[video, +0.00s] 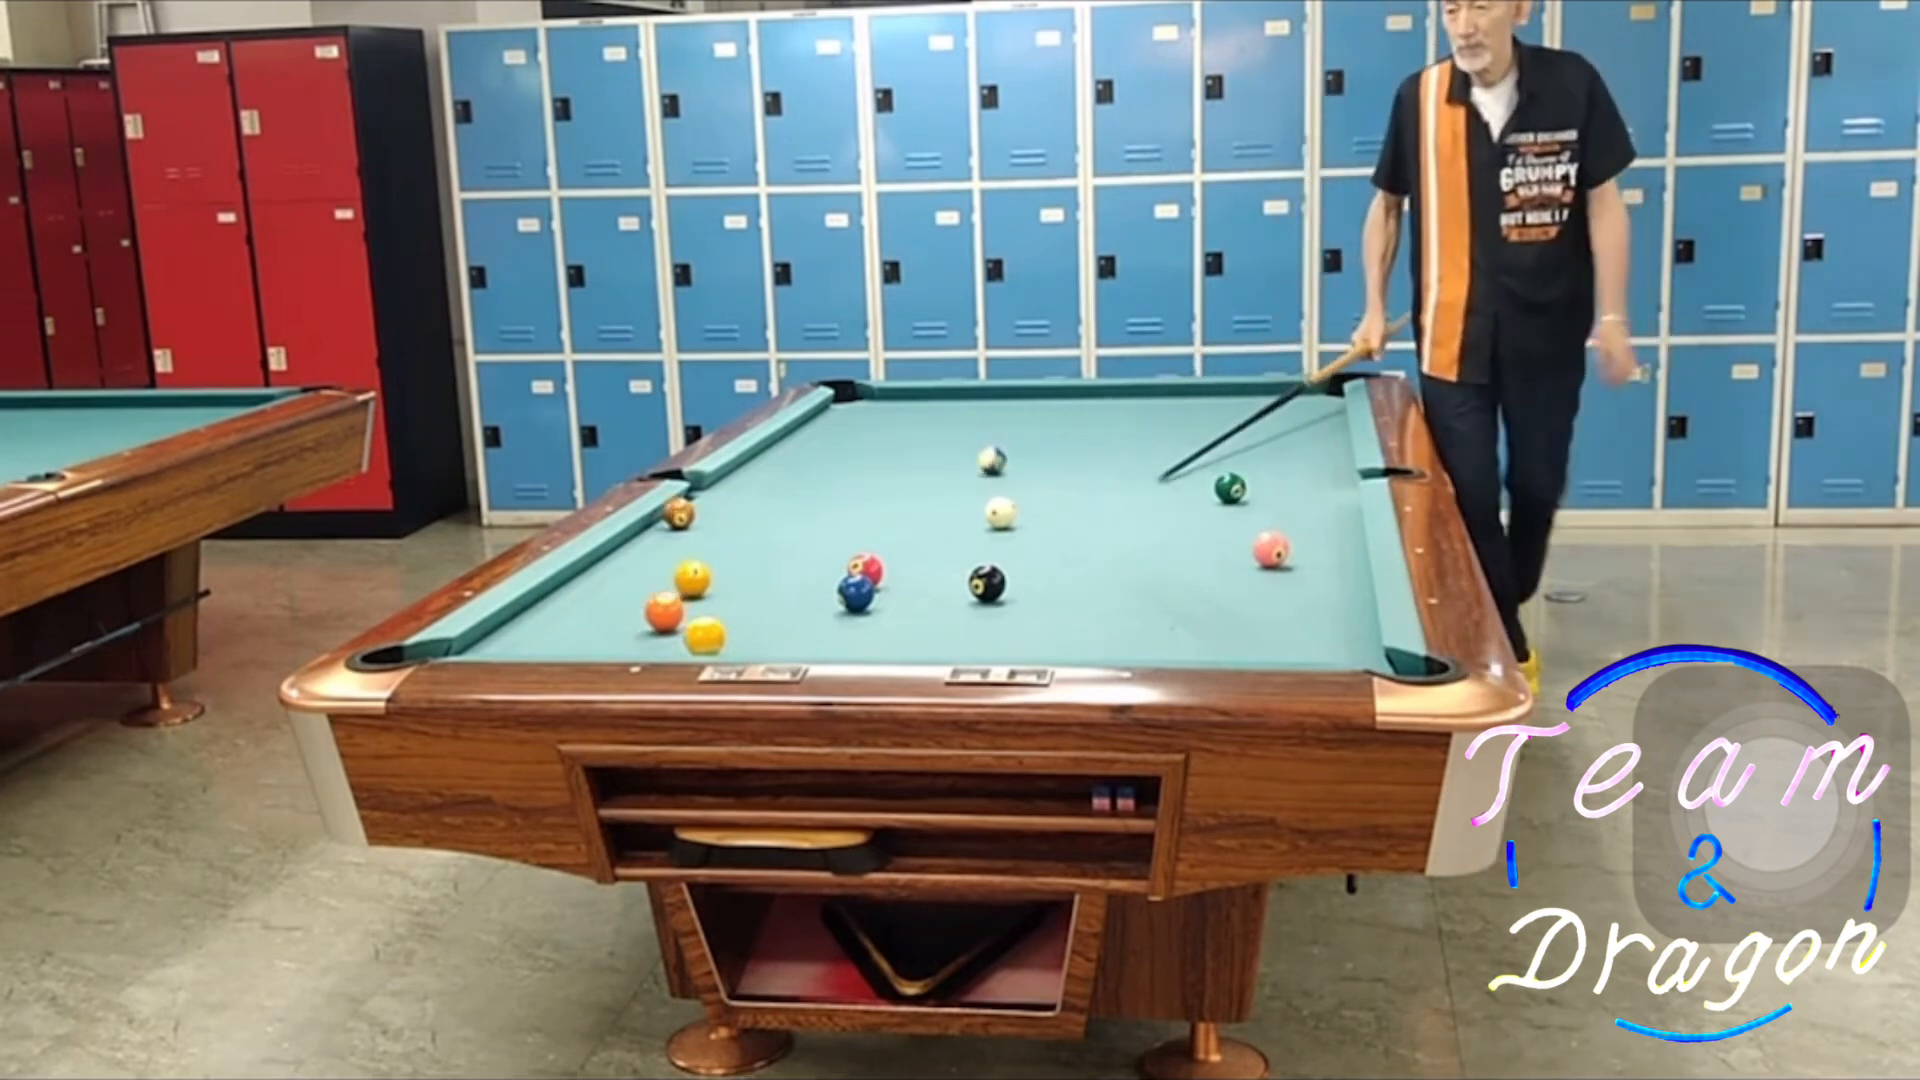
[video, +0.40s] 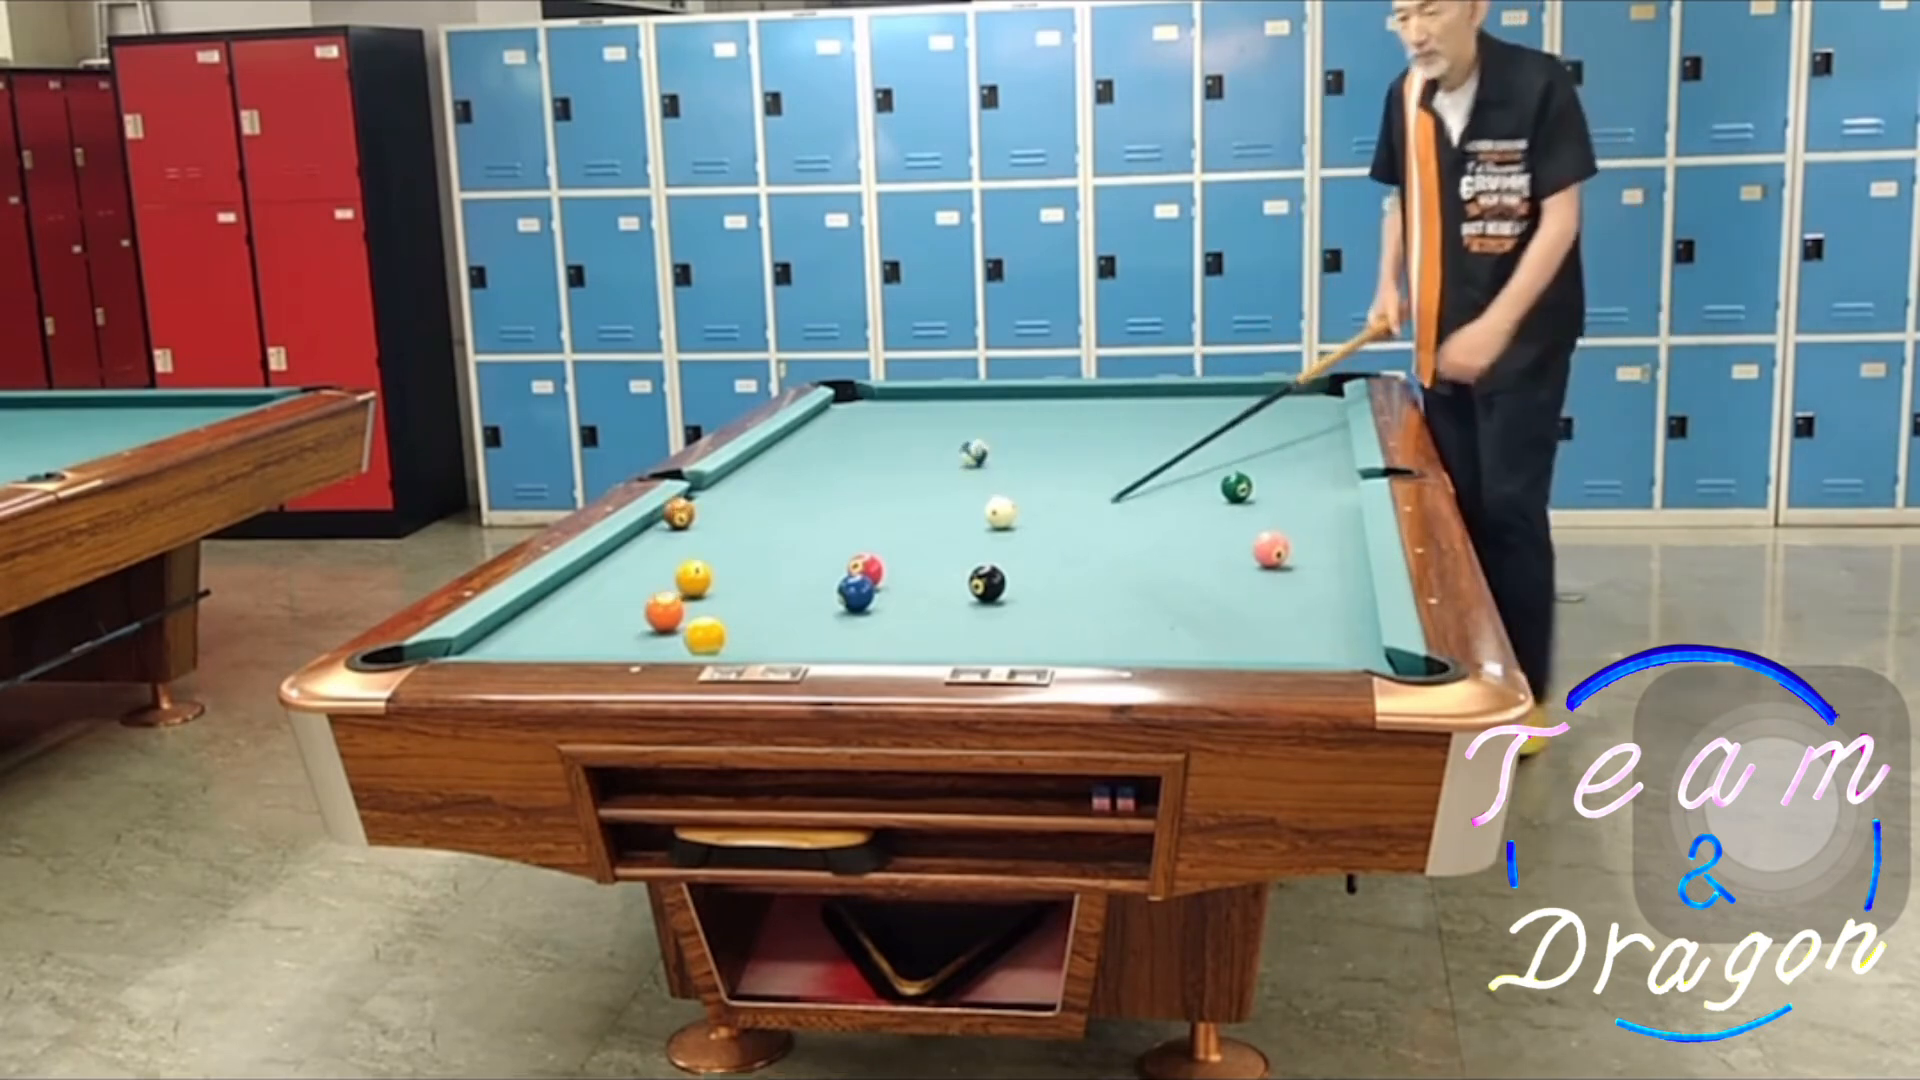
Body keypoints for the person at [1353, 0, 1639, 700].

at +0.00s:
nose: (1464, 24)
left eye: (1481, 8)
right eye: (1453, 10)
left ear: (1518, 11)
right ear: (1441, 17)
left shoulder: (1571, 82)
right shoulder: (1419, 95)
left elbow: (1605, 203)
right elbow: (1387, 207)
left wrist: (1612, 317)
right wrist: (1374, 309)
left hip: (1547, 338)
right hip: (1453, 338)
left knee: (1537, 491)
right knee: (1470, 499)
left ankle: (1510, 601)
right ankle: (1505, 652)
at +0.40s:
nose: (1412, 31)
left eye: (1427, 13)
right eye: (1401, 17)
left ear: (1475, 10)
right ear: (1396, 23)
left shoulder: (1539, 83)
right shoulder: (1405, 95)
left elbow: (1561, 220)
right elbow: (1397, 200)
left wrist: (1495, 323)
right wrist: (1388, 285)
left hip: (1523, 340)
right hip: (1442, 337)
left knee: (1508, 515)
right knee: (1451, 515)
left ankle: (1524, 692)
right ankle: (1458, 681)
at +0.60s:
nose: (1374, 61)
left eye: (1388, 41)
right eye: (1364, 48)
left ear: (1439, 32)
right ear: (1361, 56)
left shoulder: (1501, 102)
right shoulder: (1412, 114)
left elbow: (1508, 247)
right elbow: (1435, 247)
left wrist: (1414, 355)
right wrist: (1413, 343)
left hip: (1514, 334)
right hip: (1457, 331)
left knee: (1480, 502)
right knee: (1449, 497)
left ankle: (1506, 655)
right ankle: (1473, 648)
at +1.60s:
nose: (1295, 236)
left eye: (1301, 216)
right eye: (1285, 222)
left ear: (1350, 189)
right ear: (1351, 187)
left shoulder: (1416, 224)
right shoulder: (1403, 175)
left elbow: (1335, 366)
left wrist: (1235, 459)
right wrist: (1454, 322)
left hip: (1572, 353)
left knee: (1494, 519)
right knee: (1524, 518)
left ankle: (1512, 685)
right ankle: (1535, 670)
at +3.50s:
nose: (1323, 355)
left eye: (1331, 339)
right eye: (1316, 340)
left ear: (1383, 313)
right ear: (1373, 301)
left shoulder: (1445, 339)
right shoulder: (1415, 256)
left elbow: (1350, 433)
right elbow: (1505, 220)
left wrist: (1219, 471)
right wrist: (1519, 319)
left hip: (1634, 381)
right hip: (1617, 355)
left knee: (1509, 543)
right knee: (1539, 535)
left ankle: (1509, 708)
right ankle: (1606, 691)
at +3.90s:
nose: (1322, 359)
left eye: (1330, 342)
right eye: (1315, 344)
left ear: (1382, 315)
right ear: (1373, 300)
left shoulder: (1444, 340)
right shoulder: (1412, 258)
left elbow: (1349, 433)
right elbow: (1506, 230)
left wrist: (1221, 472)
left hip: (1633, 379)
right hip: (1613, 354)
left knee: (1508, 544)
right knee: (1539, 536)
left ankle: (1510, 707)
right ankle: (1607, 692)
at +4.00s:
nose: (1324, 362)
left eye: (1331, 346)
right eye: (1317, 348)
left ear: (1380, 318)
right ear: (1370, 303)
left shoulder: (1443, 341)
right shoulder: (1411, 257)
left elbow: (1348, 433)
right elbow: (1504, 230)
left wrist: (1221, 472)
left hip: (1633, 378)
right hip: (1614, 353)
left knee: (1508, 544)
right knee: (1539, 536)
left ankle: (1510, 707)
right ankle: (1607, 693)